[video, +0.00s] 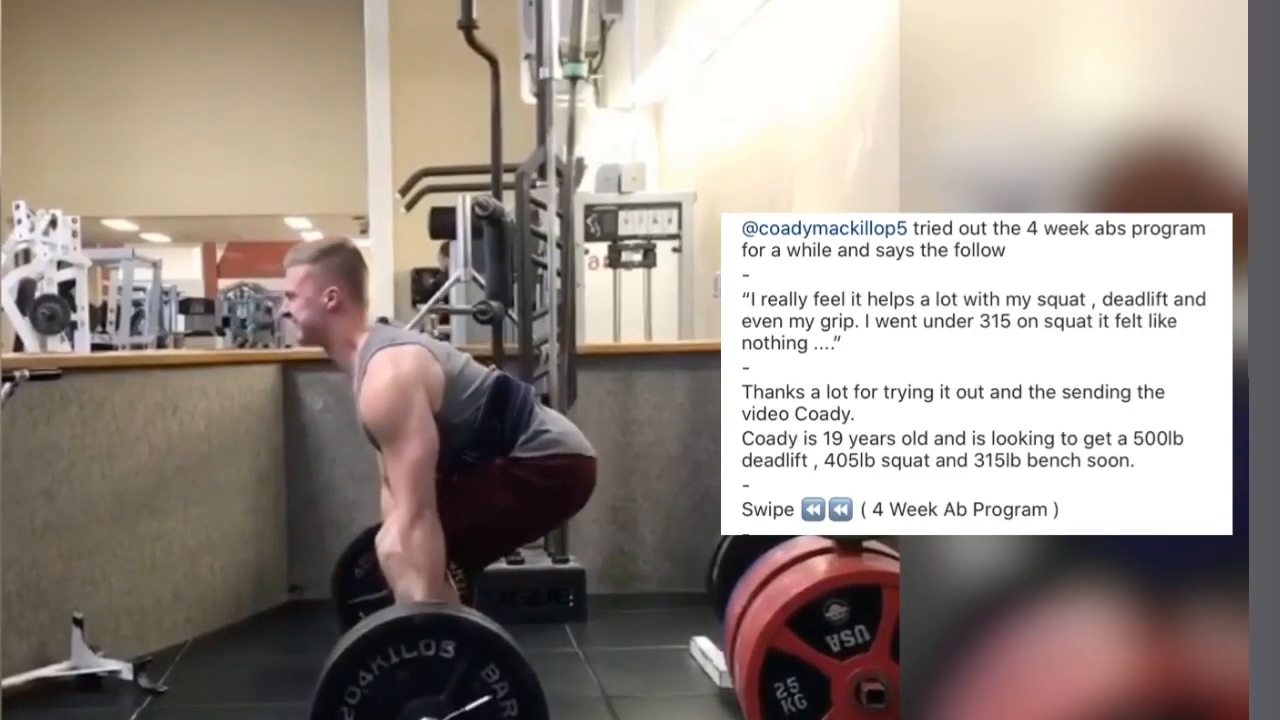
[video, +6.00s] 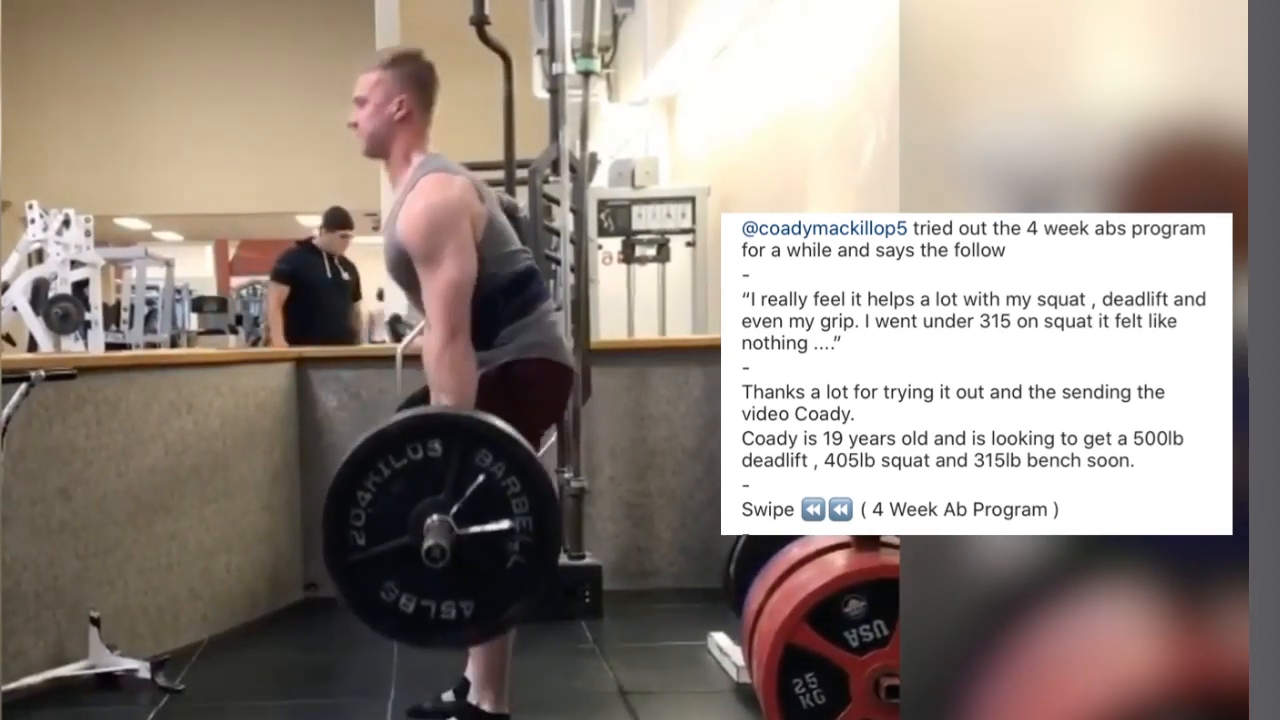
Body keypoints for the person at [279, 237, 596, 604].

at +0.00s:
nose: (285, 309)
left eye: (292, 296)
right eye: (286, 297)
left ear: (330, 298)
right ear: (328, 299)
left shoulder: (392, 378)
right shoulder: (374, 368)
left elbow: (416, 519)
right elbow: (393, 493)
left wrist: (440, 651)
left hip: (550, 461)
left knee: (402, 550)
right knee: (400, 543)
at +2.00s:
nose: (448, 91)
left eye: (459, 78)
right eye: (449, 79)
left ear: (502, 79)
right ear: (502, 83)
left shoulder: (510, 168)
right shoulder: (500, 162)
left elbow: (480, 305)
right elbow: (472, 295)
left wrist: (452, 414)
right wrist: (441, 407)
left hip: (480, 366)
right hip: (479, 361)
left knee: (464, 542)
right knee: (463, 539)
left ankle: (474, 702)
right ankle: (466, 691)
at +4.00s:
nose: (268, 332)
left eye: (275, 318)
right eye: (267, 320)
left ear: (313, 314)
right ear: (314, 315)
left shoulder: (387, 382)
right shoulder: (375, 370)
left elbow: (423, 525)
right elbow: (404, 502)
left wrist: (460, 648)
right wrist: (432, 638)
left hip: (559, 433)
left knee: (437, 546)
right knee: (417, 534)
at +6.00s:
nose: (351, 116)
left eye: (361, 102)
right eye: (353, 103)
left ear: (402, 108)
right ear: (401, 110)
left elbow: (452, 339)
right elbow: (447, 315)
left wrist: (450, 467)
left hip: (523, 367)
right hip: (500, 362)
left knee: (484, 526)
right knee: (478, 523)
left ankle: (488, 699)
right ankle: (479, 690)